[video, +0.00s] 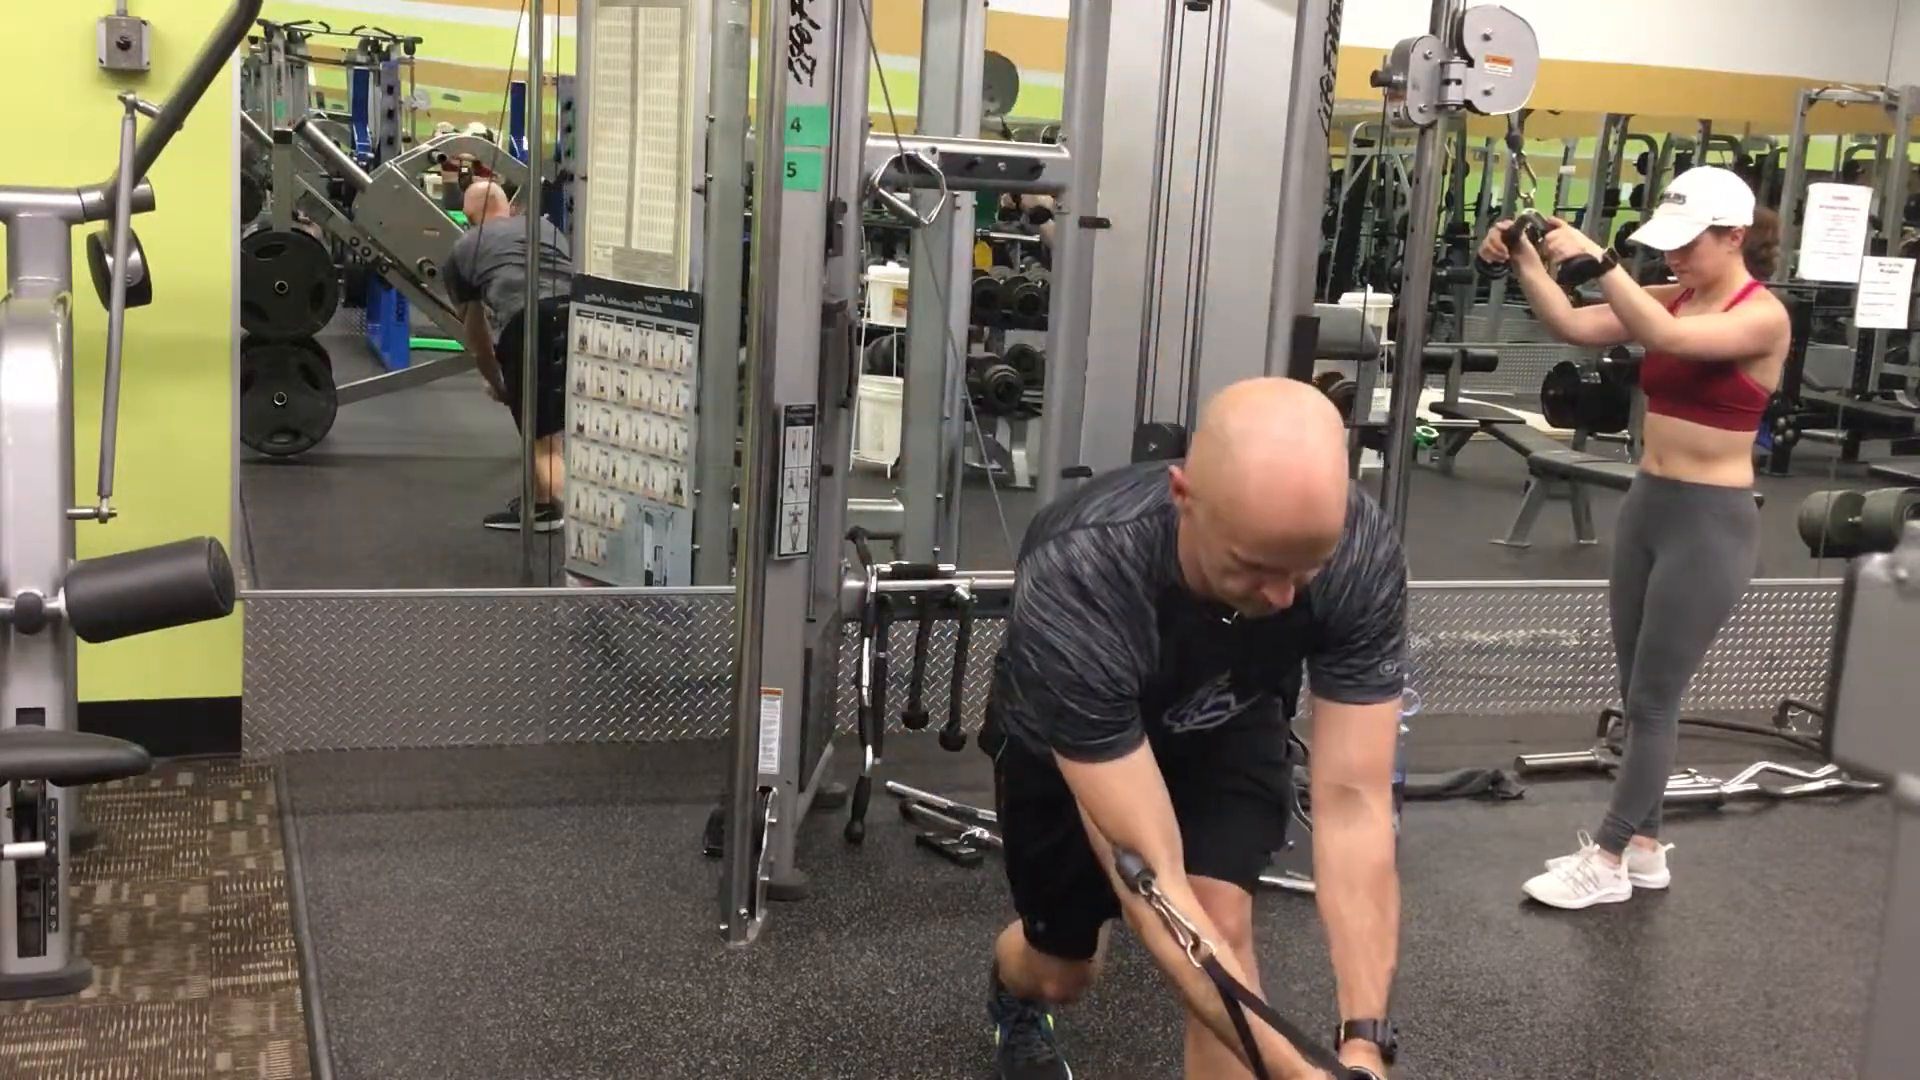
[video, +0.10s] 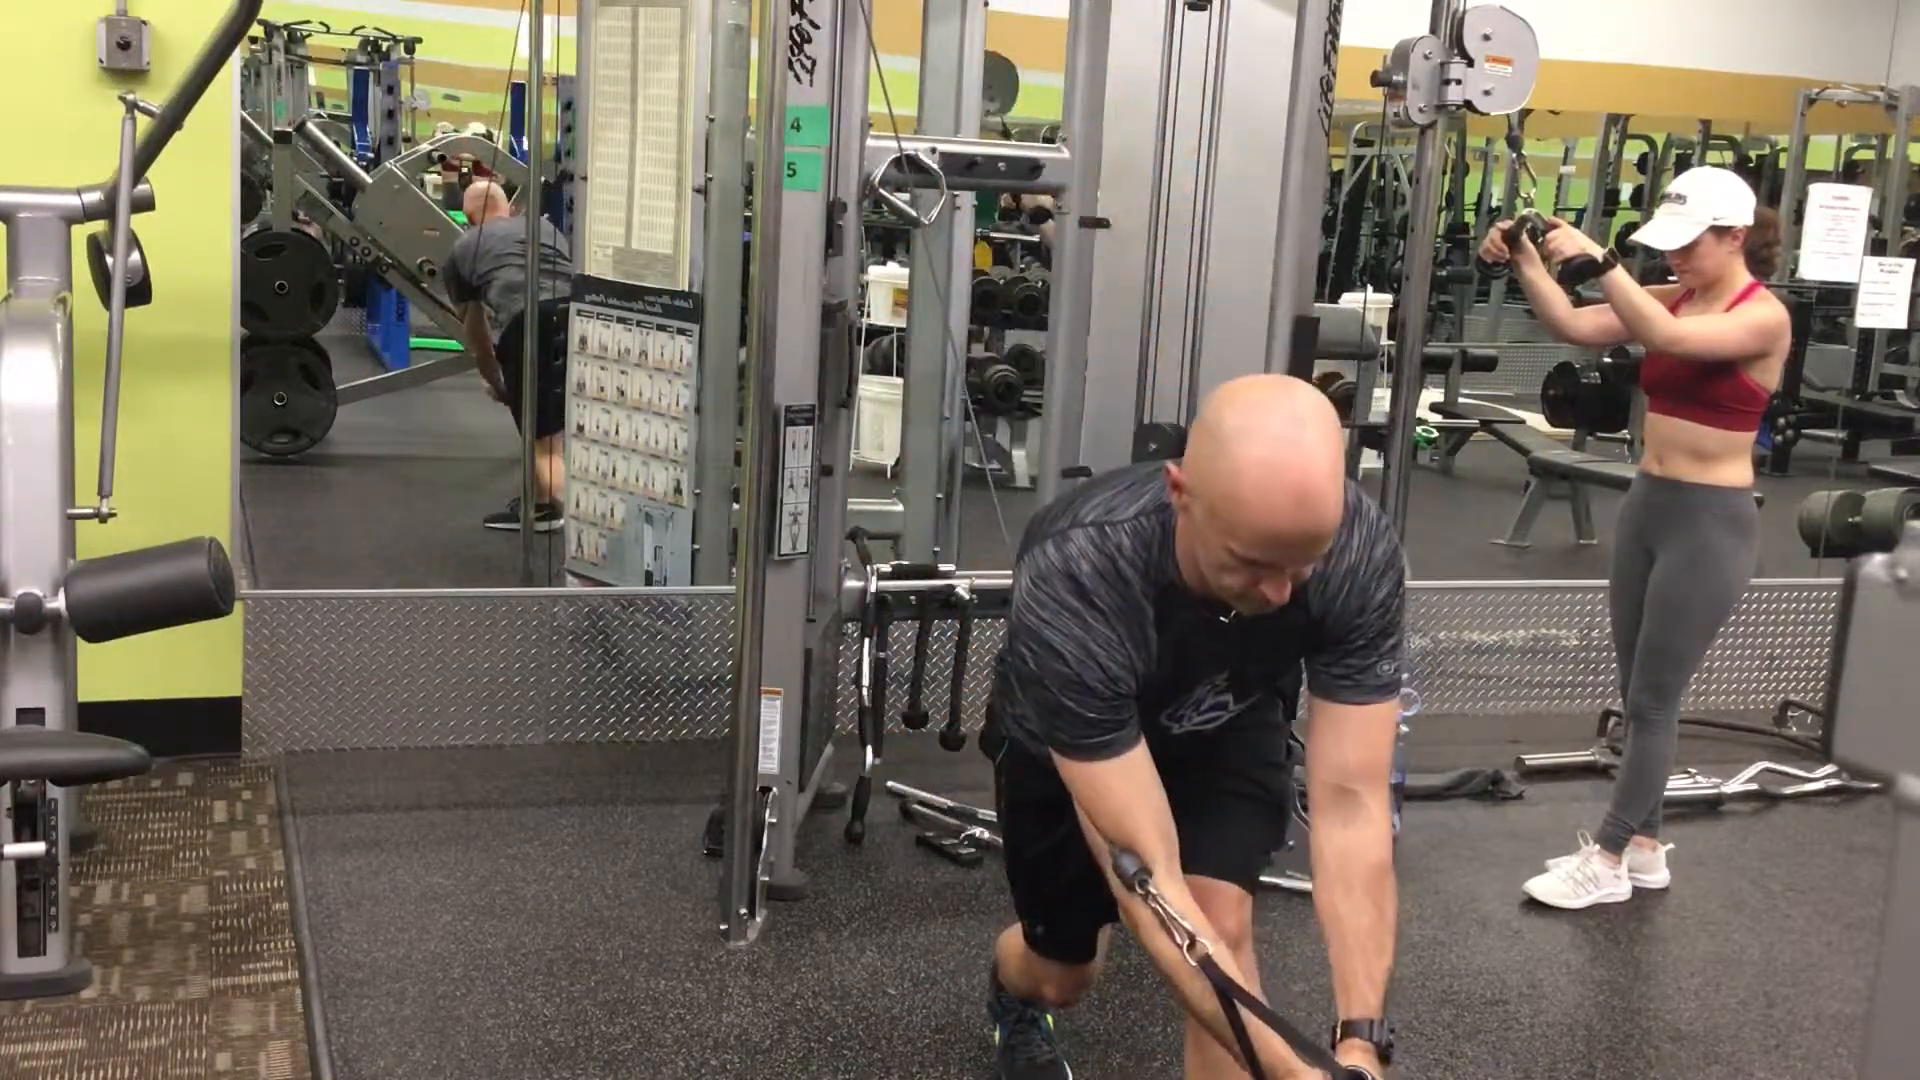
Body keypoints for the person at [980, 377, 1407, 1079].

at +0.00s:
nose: (1282, 596)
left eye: (1305, 566)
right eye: (1250, 568)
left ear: (1336, 510)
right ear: (1183, 496)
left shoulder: (1360, 557)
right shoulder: (1079, 576)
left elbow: (1354, 800)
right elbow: (1148, 873)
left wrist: (1363, 1039)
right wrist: (1288, 1064)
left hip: (1230, 717)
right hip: (1077, 719)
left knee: (1223, 921)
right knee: (1064, 974)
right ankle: (1014, 992)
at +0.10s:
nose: (1279, 593)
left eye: (1303, 562)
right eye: (1248, 564)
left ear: (1331, 506)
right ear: (1180, 494)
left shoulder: (1358, 556)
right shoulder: (1077, 574)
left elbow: (1351, 801)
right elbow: (1144, 873)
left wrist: (1359, 1038)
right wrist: (1285, 1064)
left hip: (1229, 718)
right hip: (1076, 722)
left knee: (1222, 923)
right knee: (1065, 974)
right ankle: (1013, 989)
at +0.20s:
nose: (1277, 590)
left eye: (1301, 558)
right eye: (1247, 561)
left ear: (1330, 502)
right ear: (1178, 492)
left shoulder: (1357, 554)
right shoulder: (1076, 574)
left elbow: (1351, 799)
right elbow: (1144, 873)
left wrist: (1360, 1036)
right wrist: (1286, 1063)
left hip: (1230, 718)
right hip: (1076, 721)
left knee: (1222, 923)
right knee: (1065, 973)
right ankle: (1014, 995)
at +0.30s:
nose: (1274, 582)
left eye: (1298, 550)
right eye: (1243, 553)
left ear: (1328, 490)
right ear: (1173, 484)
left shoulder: (1356, 547)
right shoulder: (1072, 572)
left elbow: (1351, 795)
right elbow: (1143, 869)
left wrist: (1360, 1032)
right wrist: (1283, 1058)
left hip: (1231, 717)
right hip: (1080, 719)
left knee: (1219, 934)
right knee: (1068, 973)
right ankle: (1012, 989)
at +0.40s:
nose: (1261, 561)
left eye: (1286, 532)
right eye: (1230, 533)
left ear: (1316, 474)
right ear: (1162, 464)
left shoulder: (1352, 538)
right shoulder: (1066, 554)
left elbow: (1346, 786)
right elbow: (1130, 846)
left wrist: (1345, 1017)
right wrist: (1268, 1053)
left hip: (1237, 722)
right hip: (1087, 720)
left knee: (1216, 943)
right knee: (1068, 967)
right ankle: (1014, 986)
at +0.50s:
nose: (1241, 530)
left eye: (1267, 499)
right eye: (1210, 500)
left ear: (1298, 444)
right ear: (1146, 434)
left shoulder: (1346, 518)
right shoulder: (1058, 535)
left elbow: (1328, 770)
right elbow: (1109, 821)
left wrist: (1310, 1004)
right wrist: (1222, 1022)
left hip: (1235, 721)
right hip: (1090, 707)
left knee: (1219, 940)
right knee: (1067, 960)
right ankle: (1020, 992)